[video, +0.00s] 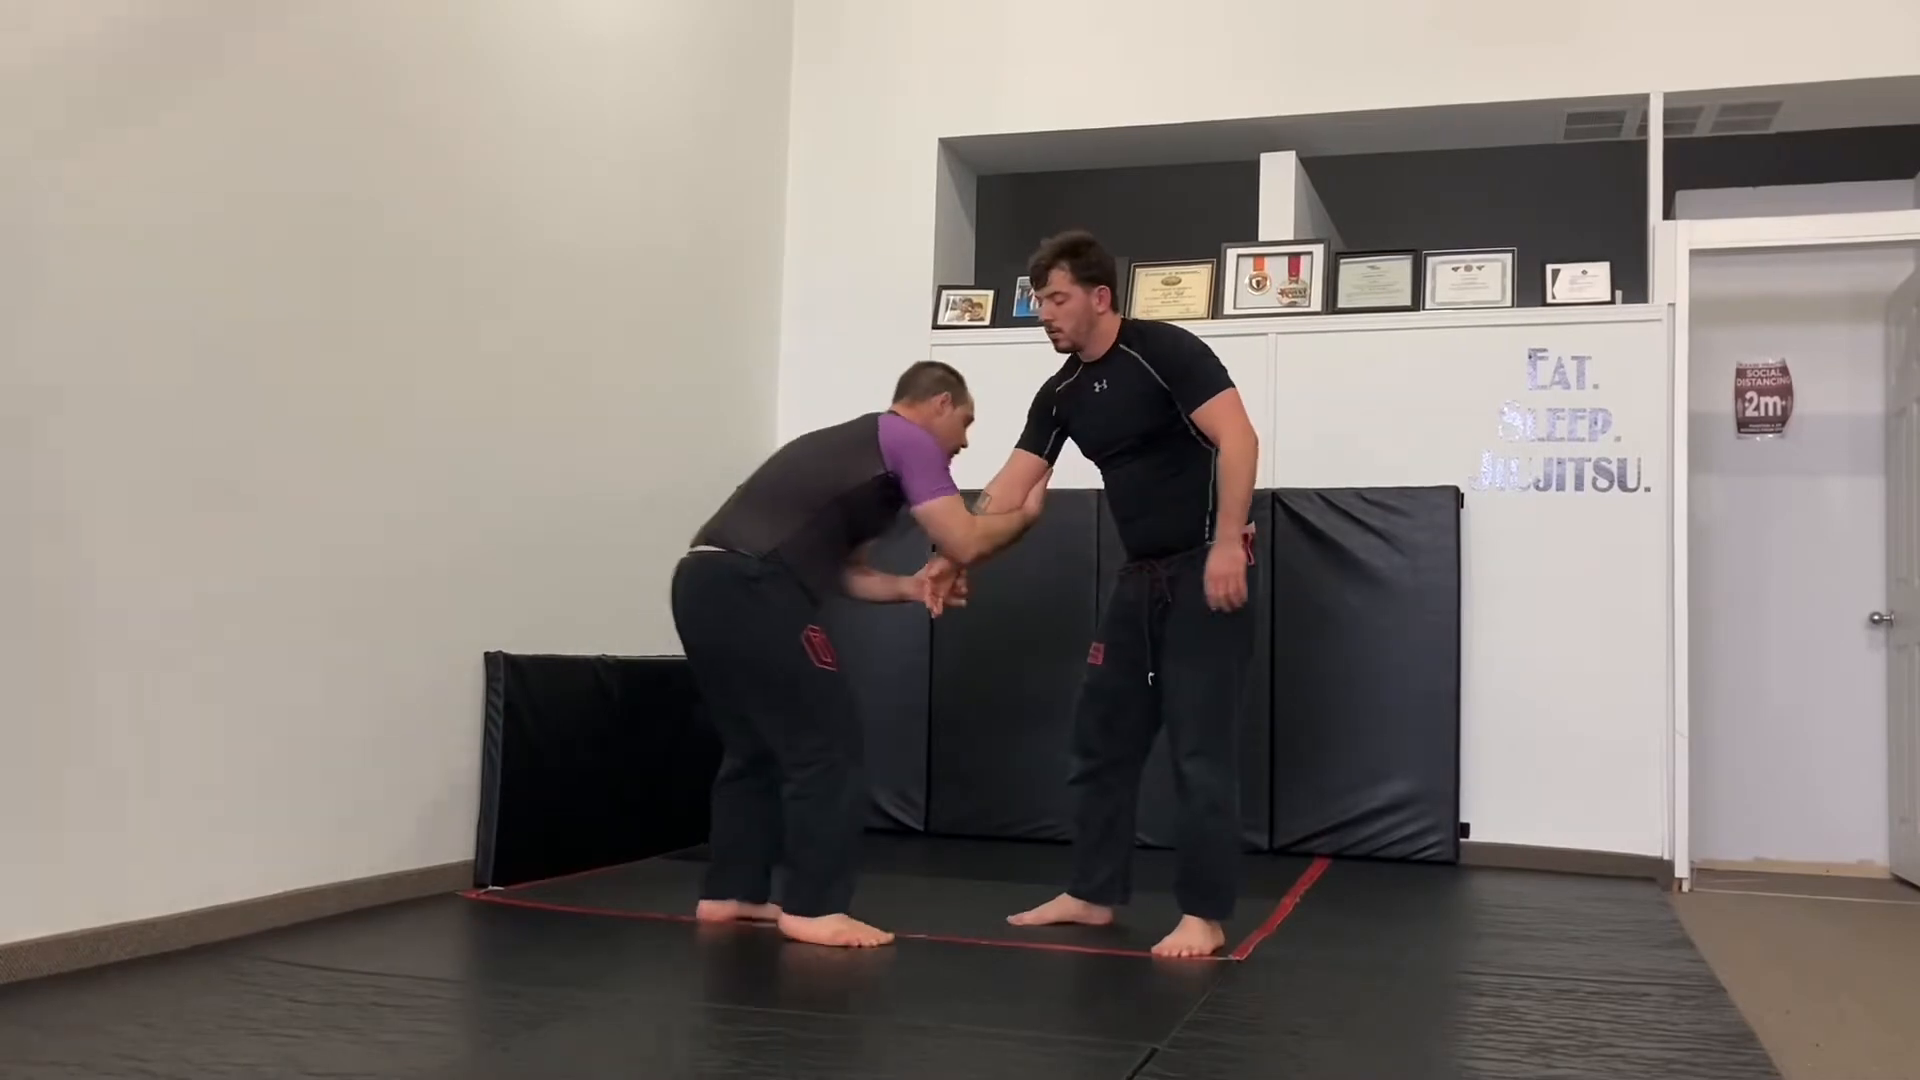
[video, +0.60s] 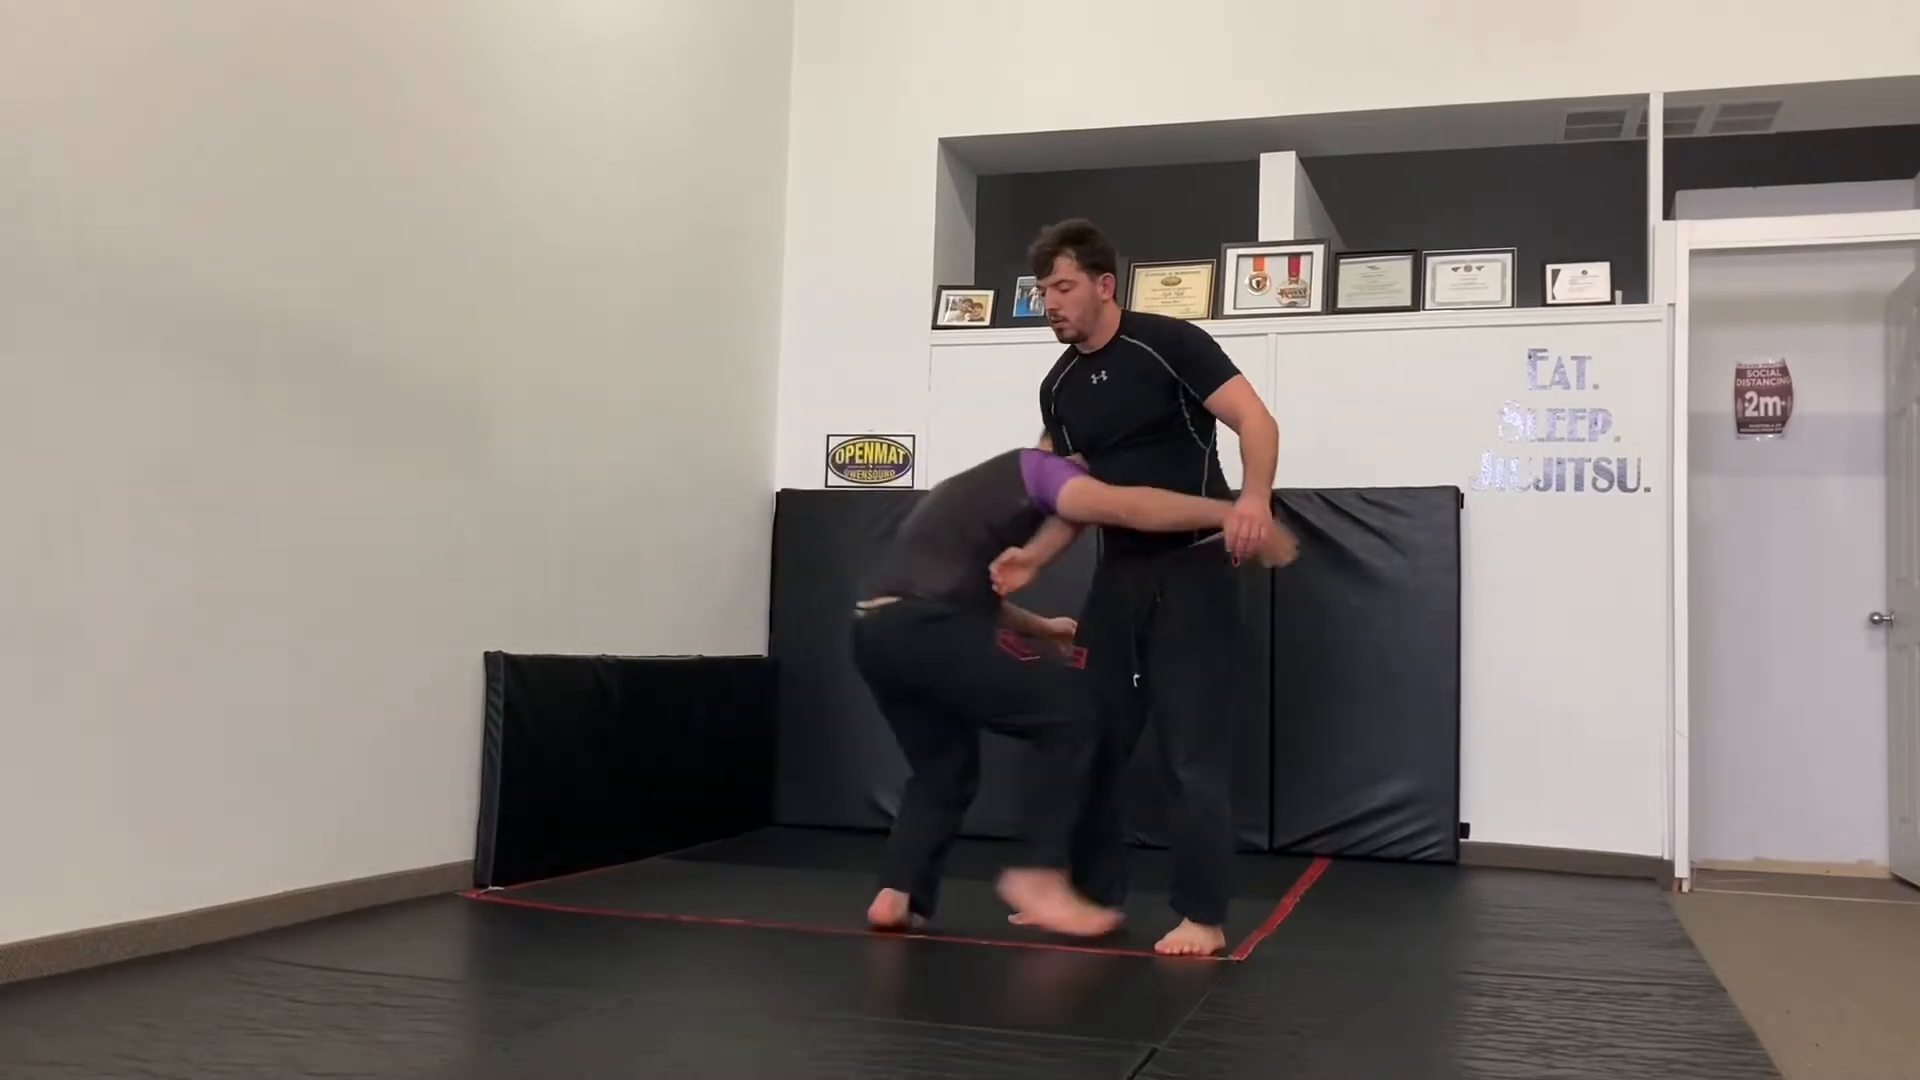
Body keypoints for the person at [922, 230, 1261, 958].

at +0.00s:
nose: (1044, 313)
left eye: (1055, 298)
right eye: (1040, 300)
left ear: (1102, 297)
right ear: (1058, 306)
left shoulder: (1164, 348)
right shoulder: (1060, 393)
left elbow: (1240, 440)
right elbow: (1009, 491)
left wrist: (1229, 542)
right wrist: (957, 560)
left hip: (1208, 566)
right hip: (1141, 573)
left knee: (1199, 742)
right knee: (1106, 732)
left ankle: (1206, 915)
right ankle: (1093, 894)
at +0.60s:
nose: (1048, 301)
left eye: (1061, 286)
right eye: (1043, 290)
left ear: (1106, 284)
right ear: (1048, 297)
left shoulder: (1169, 341)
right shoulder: (1060, 384)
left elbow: (1257, 422)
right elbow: (1068, 497)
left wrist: (1255, 498)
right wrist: (1032, 557)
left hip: (1195, 561)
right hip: (1121, 568)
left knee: (1192, 737)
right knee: (1103, 726)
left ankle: (1203, 916)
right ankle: (1097, 898)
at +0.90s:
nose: (1037, 319)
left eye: (1047, 303)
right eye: (1031, 307)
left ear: (1091, 295)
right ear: (1045, 310)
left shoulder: (1149, 341)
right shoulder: (1078, 392)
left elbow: (1196, 423)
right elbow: (1126, 484)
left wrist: (1131, 515)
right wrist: (1119, 571)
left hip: (1202, 559)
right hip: (1146, 563)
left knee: (1188, 733)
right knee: (1117, 724)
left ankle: (1201, 918)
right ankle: (1097, 886)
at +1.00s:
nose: (1045, 330)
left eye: (1052, 312)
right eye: (1038, 317)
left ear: (1096, 301)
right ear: (1056, 315)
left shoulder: (1148, 343)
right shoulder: (1097, 392)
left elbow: (1170, 430)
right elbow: (1154, 485)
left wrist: (1093, 518)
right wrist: (1148, 564)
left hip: (1219, 555)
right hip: (1171, 560)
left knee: (1188, 731)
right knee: (1121, 712)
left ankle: (1202, 918)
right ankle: (1085, 881)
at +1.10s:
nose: (1057, 346)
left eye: (1064, 329)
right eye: (1051, 334)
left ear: (1107, 318)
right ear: (1097, 327)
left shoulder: (1151, 357)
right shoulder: (1123, 393)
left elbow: (1147, 446)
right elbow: (1180, 491)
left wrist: (1060, 523)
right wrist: (1167, 574)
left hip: (1237, 561)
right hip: (1194, 567)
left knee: (1194, 734)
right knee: (1137, 723)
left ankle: (1206, 918)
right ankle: (1105, 891)